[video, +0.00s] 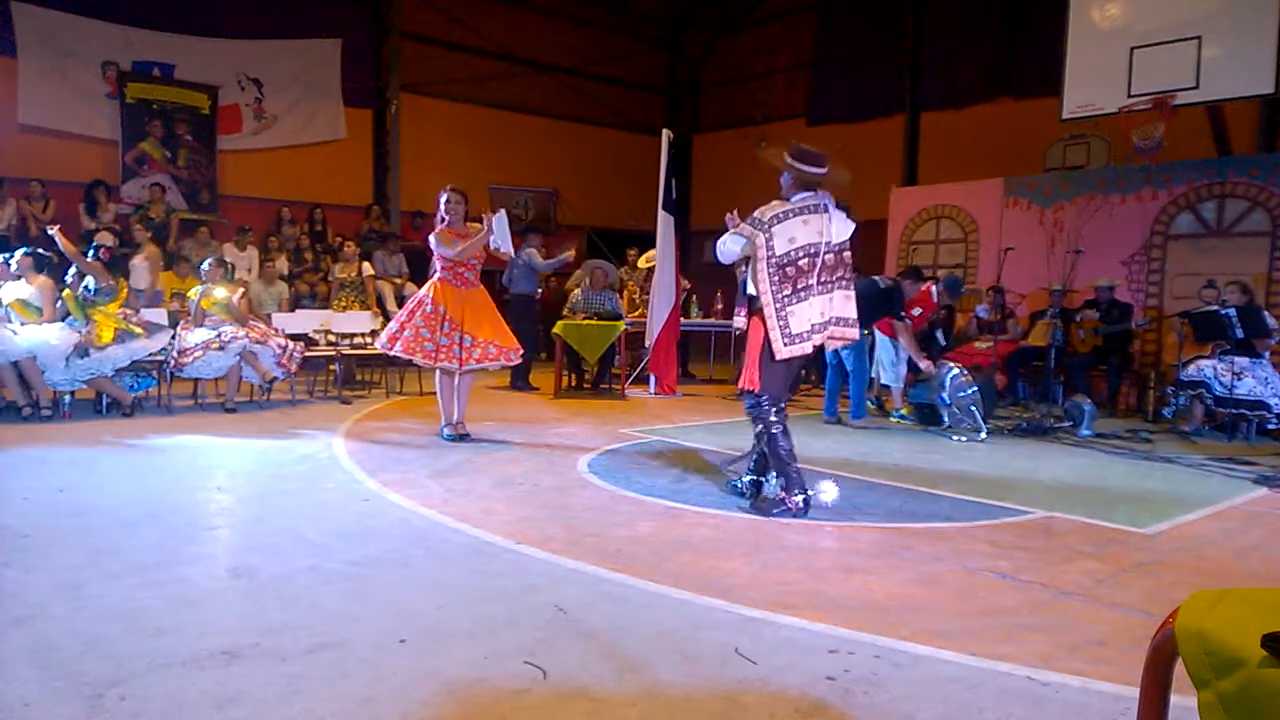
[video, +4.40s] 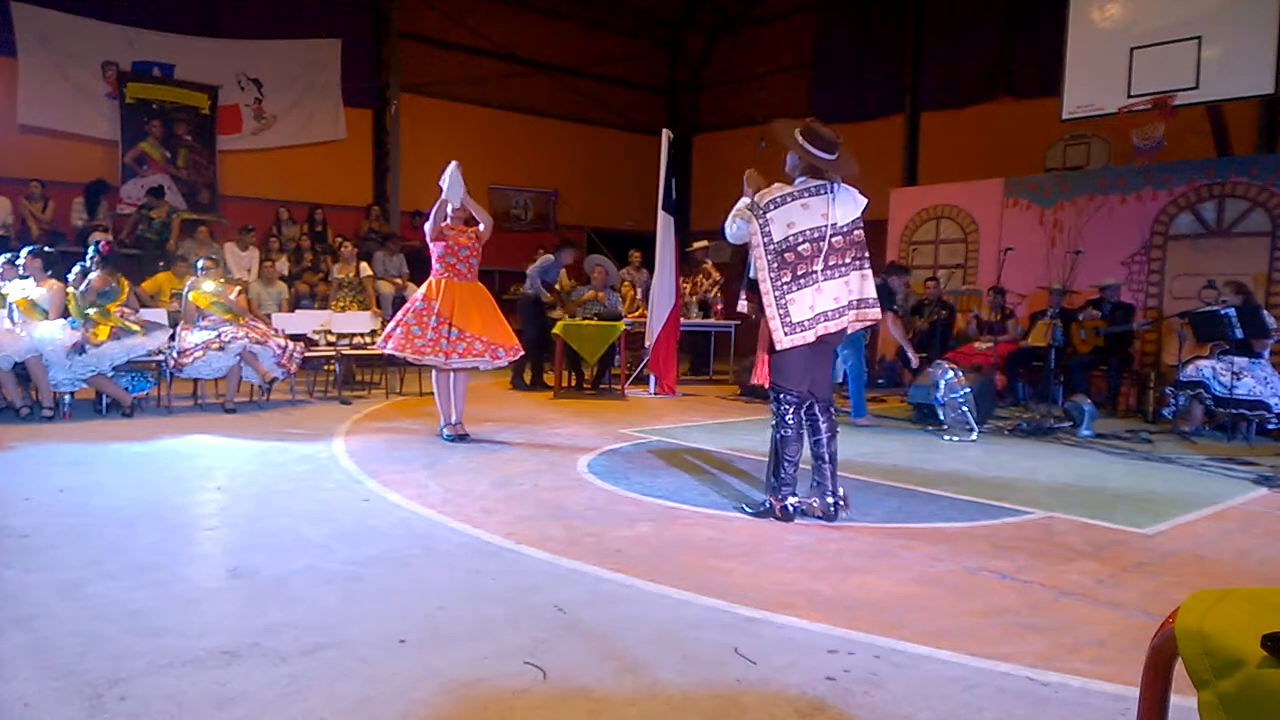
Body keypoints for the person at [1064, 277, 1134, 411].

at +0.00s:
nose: (1099, 294)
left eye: (1103, 291)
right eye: (1097, 291)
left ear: (1111, 292)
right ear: (1095, 292)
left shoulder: (1124, 308)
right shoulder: (1090, 305)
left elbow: (1119, 320)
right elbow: (1067, 314)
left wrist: (1098, 317)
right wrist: (1079, 316)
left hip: (1116, 350)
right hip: (1096, 349)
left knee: (1115, 366)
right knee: (1075, 363)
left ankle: (1111, 404)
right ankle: (1084, 400)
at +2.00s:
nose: (1104, 294)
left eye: (1108, 291)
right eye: (1101, 291)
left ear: (1114, 292)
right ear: (1097, 292)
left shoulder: (1125, 308)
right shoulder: (1092, 306)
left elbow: (1118, 320)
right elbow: (1068, 317)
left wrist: (1099, 312)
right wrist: (1082, 311)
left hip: (1117, 349)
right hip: (1096, 349)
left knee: (1114, 365)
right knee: (1077, 362)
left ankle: (1111, 403)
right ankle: (1083, 399)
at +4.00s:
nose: (1112, 294)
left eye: (1115, 290)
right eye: (1108, 290)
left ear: (1118, 292)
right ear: (1101, 292)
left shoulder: (1126, 308)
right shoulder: (1092, 305)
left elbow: (1121, 319)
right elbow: (1066, 315)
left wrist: (1098, 315)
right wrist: (1079, 314)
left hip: (1117, 350)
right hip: (1096, 348)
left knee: (1114, 366)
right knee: (1077, 363)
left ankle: (1111, 404)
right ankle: (1083, 400)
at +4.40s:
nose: (1113, 294)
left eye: (1116, 290)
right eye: (1110, 290)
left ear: (1119, 292)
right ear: (1102, 292)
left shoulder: (1127, 308)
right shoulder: (1093, 305)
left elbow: (1122, 322)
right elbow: (1069, 315)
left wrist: (1101, 316)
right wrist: (1081, 316)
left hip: (1118, 350)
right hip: (1097, 349)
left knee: (1115, 368)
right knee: (1077, 364)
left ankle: (1111, 404)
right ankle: (1083, 400)